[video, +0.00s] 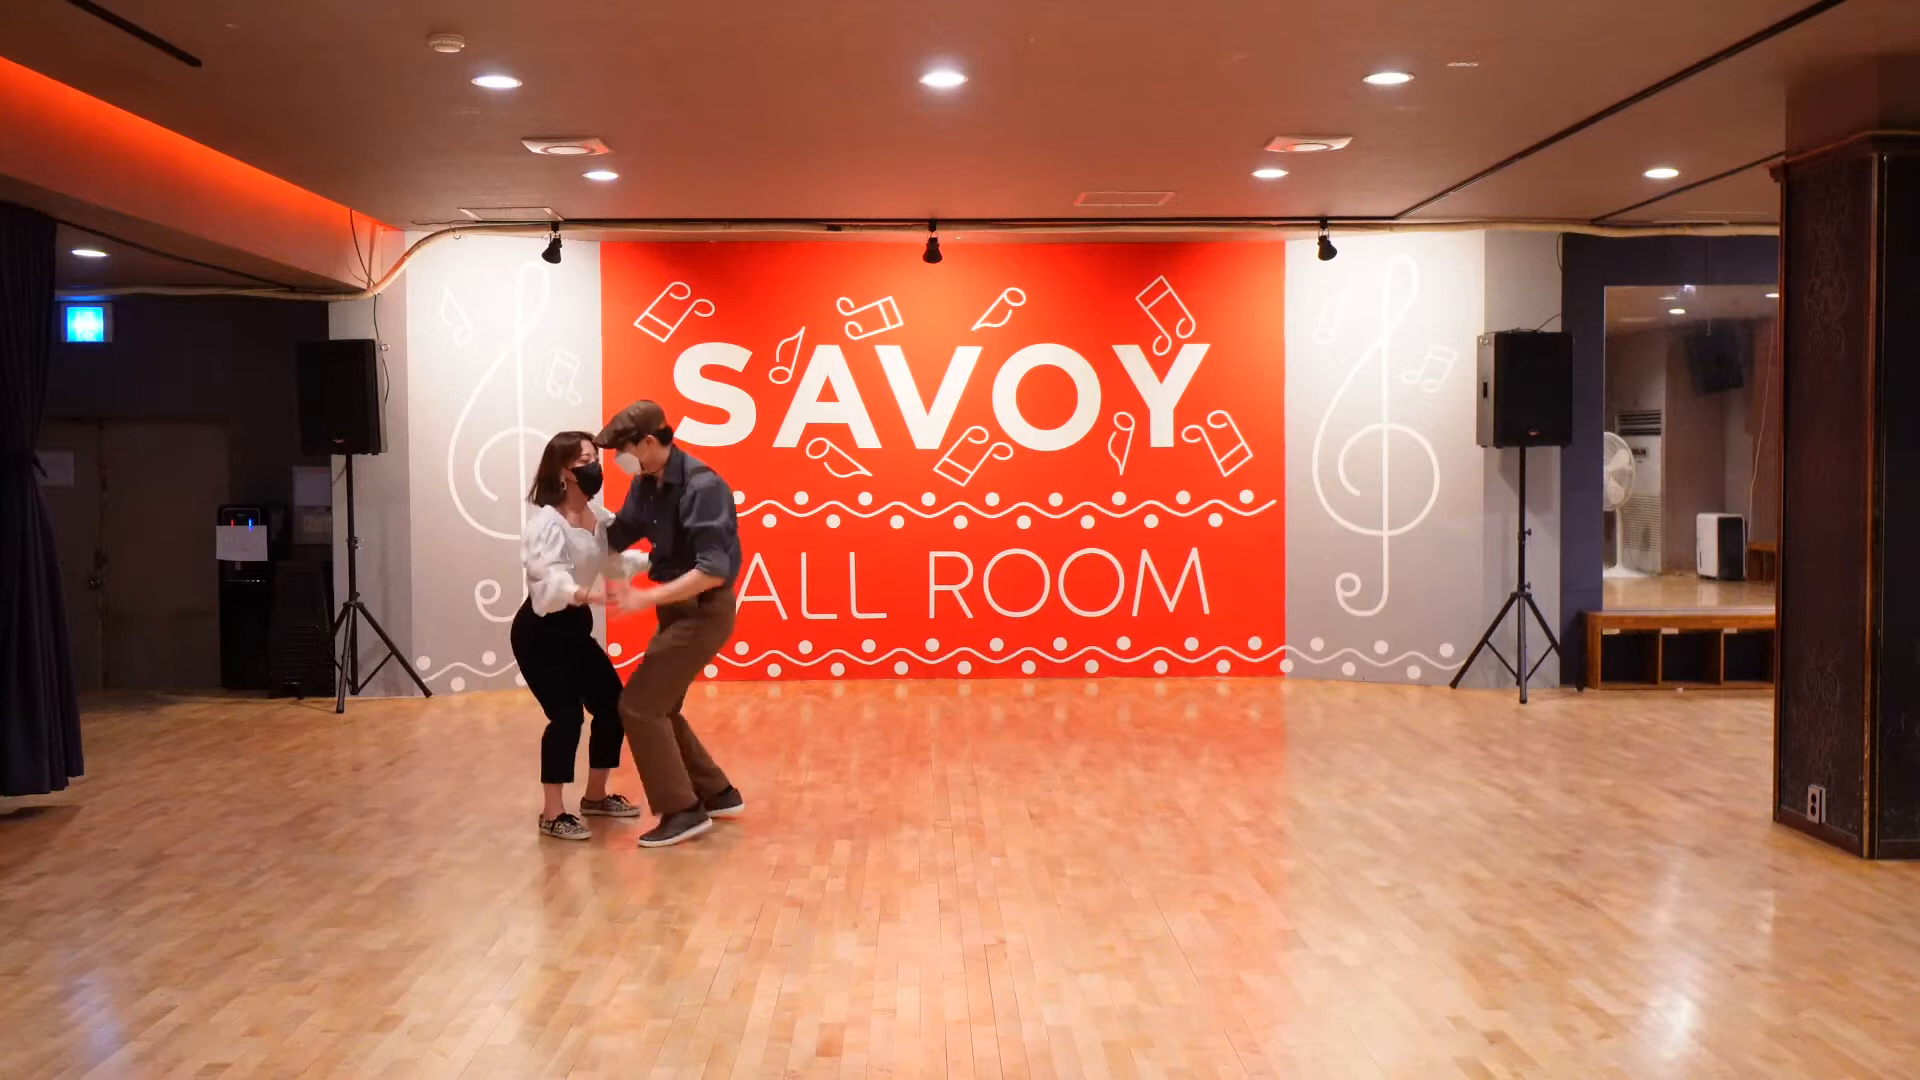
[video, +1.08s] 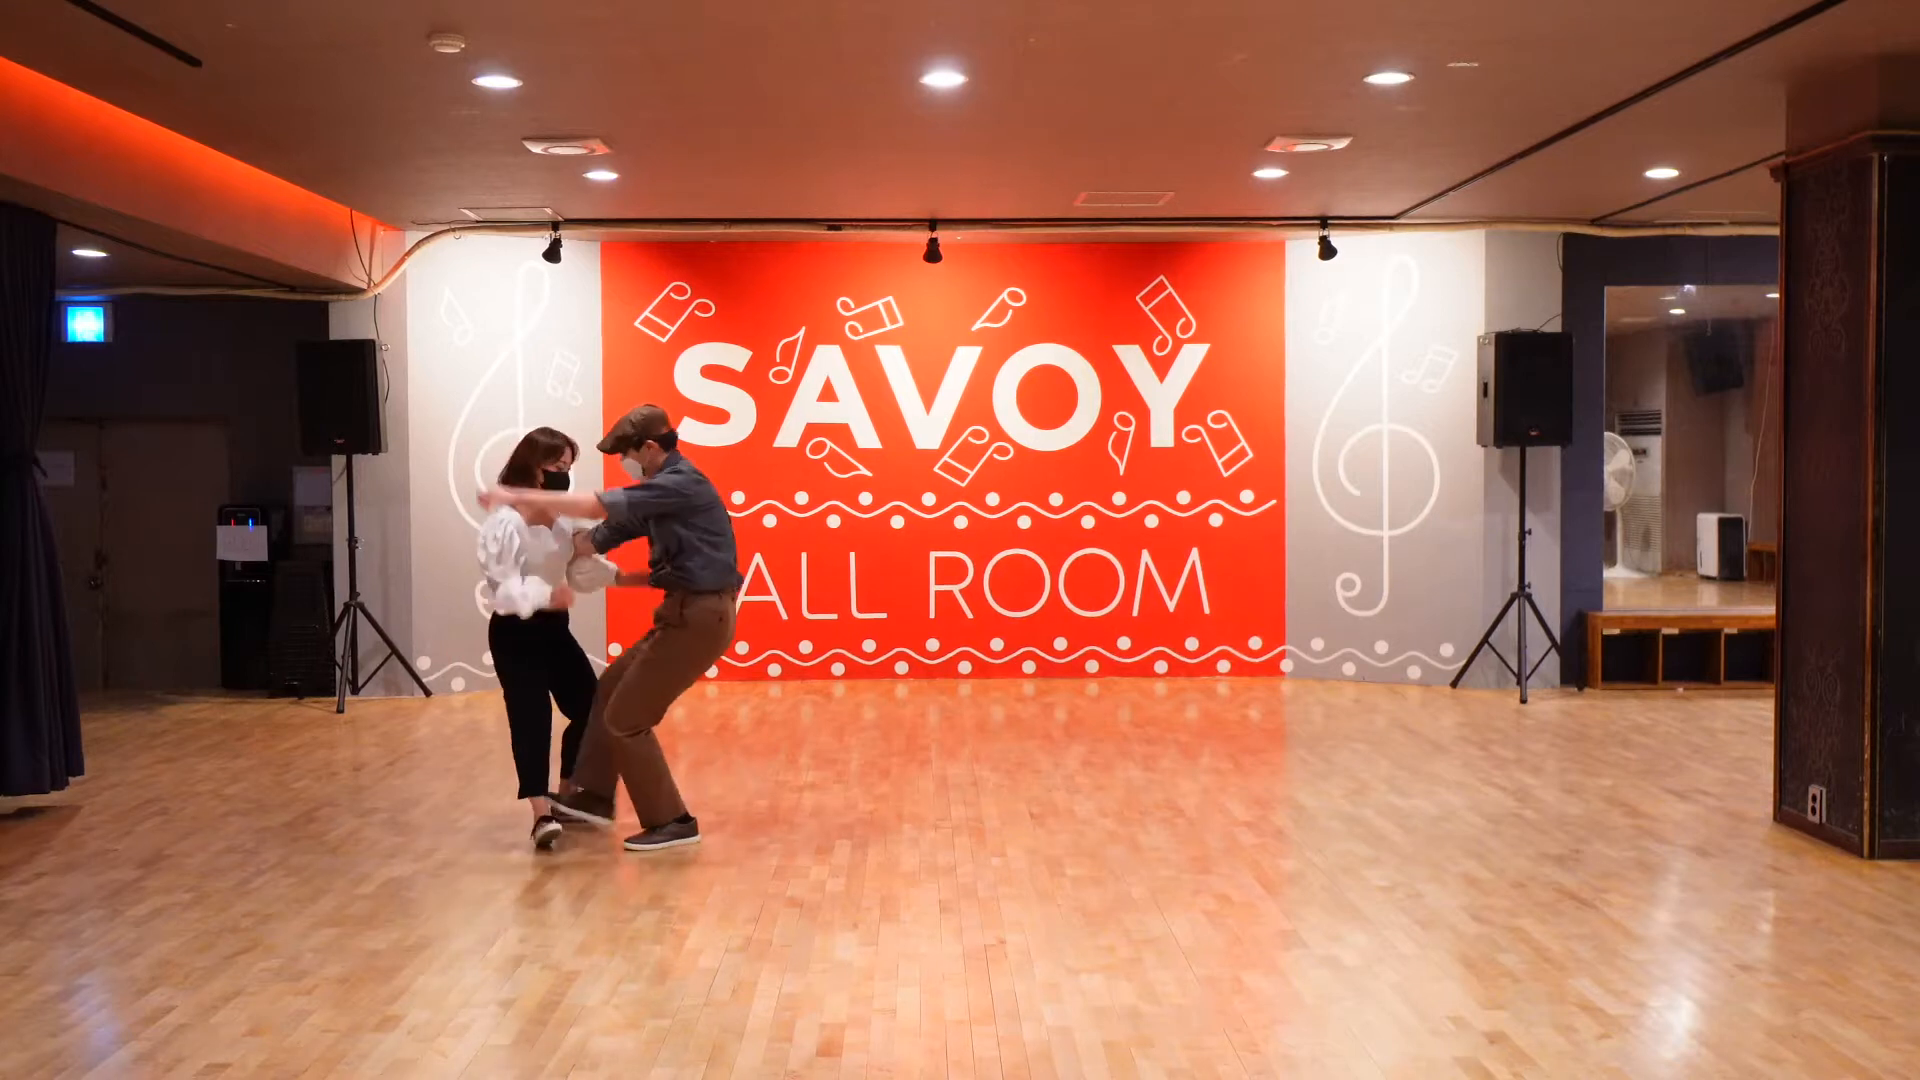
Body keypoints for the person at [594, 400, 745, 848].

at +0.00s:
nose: (628, 461)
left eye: (630, 450)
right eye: (623, 453)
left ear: (653, 441)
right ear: (642, 446)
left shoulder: (703, 486)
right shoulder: (647, 484)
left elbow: (714, 570)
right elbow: (614, 539)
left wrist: (645, 596)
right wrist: (574, 505)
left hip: (707, 610)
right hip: (675, 609)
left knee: (639, 705)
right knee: (656, 707)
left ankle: (682, 810)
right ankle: (716, 791)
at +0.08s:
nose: (631, 456)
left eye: (634, 446)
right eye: (626, 449)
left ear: (656, 436)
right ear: (641, 442)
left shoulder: (701, 477)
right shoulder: (642, 477)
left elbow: (720, 558)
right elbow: (613, 528)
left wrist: (681, 618)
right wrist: (573, 507)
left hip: (715, 594)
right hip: (679, 593)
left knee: (645, 683)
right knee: (665, 698)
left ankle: (658, 799)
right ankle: (716, 788)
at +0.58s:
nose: (629, 473)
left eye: (632, 463)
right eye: (625, 466)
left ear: (656, 452)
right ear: (647, 457)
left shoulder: (706, 492)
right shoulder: (649, 496)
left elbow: (724, 569)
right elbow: (607, 542)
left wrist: (661, 556)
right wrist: (568, 541)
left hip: (709, 623)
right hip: (678, 620)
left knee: (634, 711)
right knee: (650, 711)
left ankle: (674, 816)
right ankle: (714, 784)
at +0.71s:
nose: (626, 468)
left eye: (628, 459)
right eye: (622, 461)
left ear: (651, 448)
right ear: (645, 452)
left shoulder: (697, 483)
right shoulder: (655, 490)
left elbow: (676, 542)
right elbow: (606, 550)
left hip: (703, 617)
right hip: (677, 612)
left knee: (634, 713)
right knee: (620, 685)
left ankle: (671, 820)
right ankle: (675, 783)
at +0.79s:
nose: (626, 466)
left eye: (629, 457)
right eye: (622, 460)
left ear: (652, 443)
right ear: (648, 447)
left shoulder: (690, 476)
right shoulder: (659, 483)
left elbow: (648, 516)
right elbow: (619, 536)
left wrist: (601, 467)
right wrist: (594, 545)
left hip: (704, 609)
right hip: (683, 605)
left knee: (631, 710)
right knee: (621, 677)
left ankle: (672, 820)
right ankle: (627, 785)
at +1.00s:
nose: (627, 465)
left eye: (629, 455)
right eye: (624, 458)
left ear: (654, 446)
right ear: (654, 448)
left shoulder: (684, 479)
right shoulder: (657, 491)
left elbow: (602, 492)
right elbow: (603, 538)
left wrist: (535, 459)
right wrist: (559, 550)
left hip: (699, 613)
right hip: (683, 611)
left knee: (627, 720)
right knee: (618, 713)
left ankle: (671, 822)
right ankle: (575, 807)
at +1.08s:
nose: (627, 465)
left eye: (629, 455)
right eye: (624, 456)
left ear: (653, 446)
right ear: (655, 448)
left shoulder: (680, 483)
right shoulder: (662, 490)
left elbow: (597, 506)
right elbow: (594, 540)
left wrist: (513, 495)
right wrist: (537, 543)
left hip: (703, 618)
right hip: (682, 615)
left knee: (624, 718)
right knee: (609, 690)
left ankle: (673, 822)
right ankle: (594, 798)